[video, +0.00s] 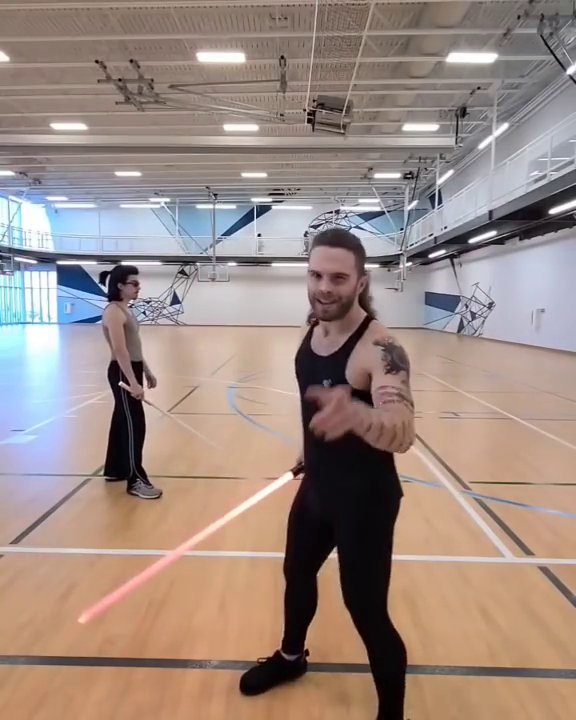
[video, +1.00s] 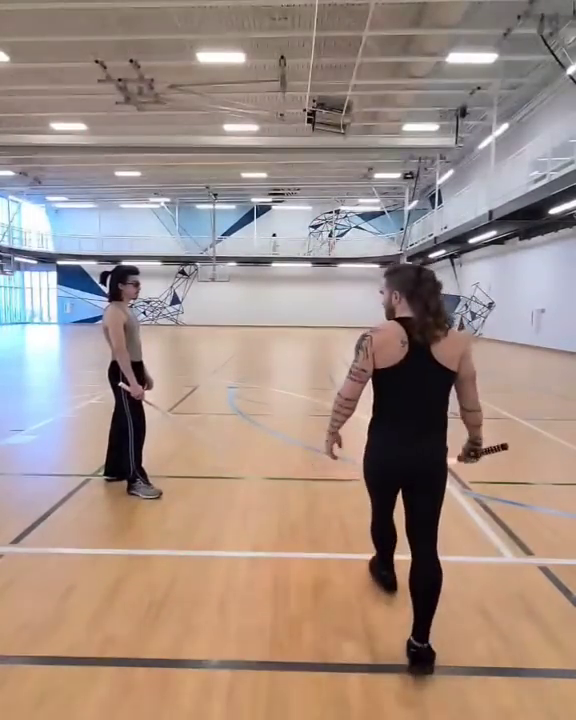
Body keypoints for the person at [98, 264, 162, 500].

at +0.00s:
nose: (137, 288)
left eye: (138, 284)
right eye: (133, 284)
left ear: (130, 287)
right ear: (119, 286)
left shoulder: (125, 310)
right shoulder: (113, 312)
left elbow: (133, 346)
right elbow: (119, 350)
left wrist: (147, 372)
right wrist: (133, 381)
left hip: (132, 369)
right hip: (123, 371)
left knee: (122, 421)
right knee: (136, 424)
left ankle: (114, 468)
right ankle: (136, 480)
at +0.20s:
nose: (137, 288)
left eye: (138, 284)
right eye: (133, 284)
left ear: (130, 287)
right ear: (119, 286)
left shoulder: (125, 310)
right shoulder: (113, 312)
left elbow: (133, 347)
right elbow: (119, 351)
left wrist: (146, 372)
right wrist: (132, 382)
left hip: (131, 370)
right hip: (123, 372)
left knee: (122, 422)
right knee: (136, 425)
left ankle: (114, 468)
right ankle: (136, 480)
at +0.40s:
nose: (137, 288)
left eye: (138, 284)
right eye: (133, 284)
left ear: (130, 287)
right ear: (119, 286)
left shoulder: (125, 310)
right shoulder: (114, 312)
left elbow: (132, 347)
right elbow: (119, 351)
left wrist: (141, 374)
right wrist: (132, 382)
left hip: (131, 369)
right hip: (123, 372)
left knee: (122, 422)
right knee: (136, 425)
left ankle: (114, 468)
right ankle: (136, 479)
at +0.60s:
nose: (138, 289)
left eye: (138, 285)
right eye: (133, 285)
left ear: (130, 288)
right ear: (119, 286)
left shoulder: (125, 310)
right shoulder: (114, 313)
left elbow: (133, 346)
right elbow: (119, 350)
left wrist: (140, 375)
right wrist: (132, 381)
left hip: (132, 369)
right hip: (123, 372)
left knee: (122, 422)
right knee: (136, 424)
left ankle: (115, 468)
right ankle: (135, 479)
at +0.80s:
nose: (137, 289)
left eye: (138, 285)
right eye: (133, 285)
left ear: (132, 288)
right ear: (119, 286)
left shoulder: (125, 310)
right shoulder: (114, 313)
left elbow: (133, 346)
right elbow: (119, 351)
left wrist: (142, 373)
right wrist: (132, 381)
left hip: (131, 369)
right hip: (123, 372)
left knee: (122, 422)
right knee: (136, 424)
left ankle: (114, 468)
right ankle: (135, 479)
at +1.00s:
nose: (137, 289)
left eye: (138, 285)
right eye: (133, 285)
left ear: (133, 287)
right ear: (119, 286)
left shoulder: (126, 310)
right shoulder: (114, 313)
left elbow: (133, 347)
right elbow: (119, 351)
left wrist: (144, 373)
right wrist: (132, 381)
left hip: (131, 369)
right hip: (123, 372)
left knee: (122, 421)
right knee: (136, 424)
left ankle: (114, 468)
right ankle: (135, 479)